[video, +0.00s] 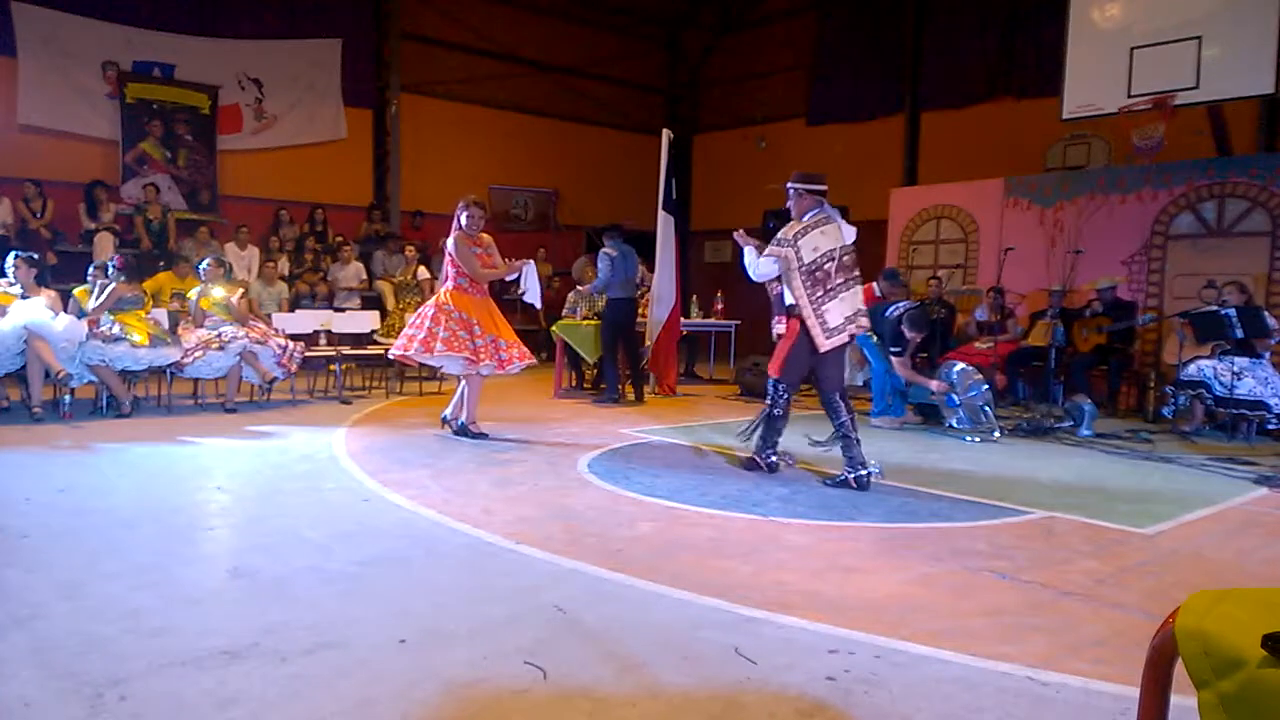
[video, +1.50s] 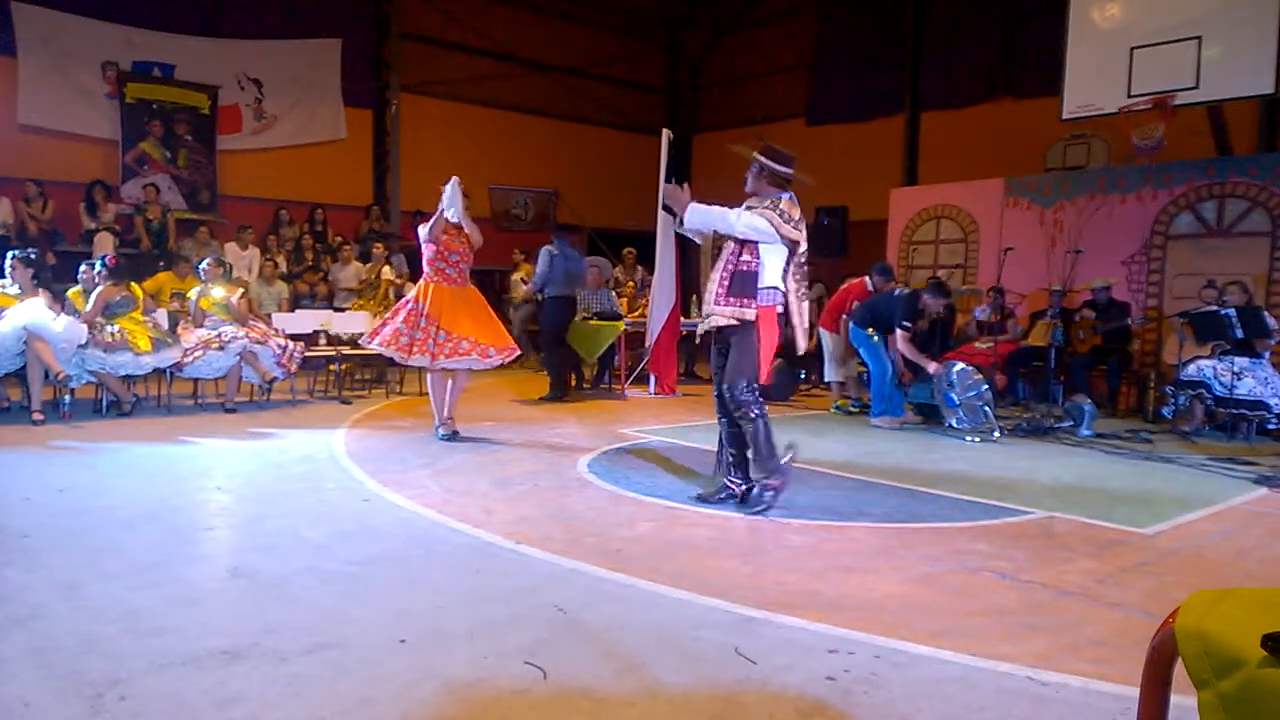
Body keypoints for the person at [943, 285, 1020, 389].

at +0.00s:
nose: (992, 301)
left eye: (995, 299)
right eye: (989, 298)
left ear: (1001, 300)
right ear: (985, 298)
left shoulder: (1007, 313)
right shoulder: (979, 312)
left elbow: (1013, 335)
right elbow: (974, 334)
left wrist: (991, 339)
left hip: (1003, 343)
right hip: (983, 342)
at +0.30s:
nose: (991, 301)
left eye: (995, 298)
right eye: (989, 298)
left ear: (1001, 300)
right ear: (985, 298)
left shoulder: (1007, 313)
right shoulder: (979, 314)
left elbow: (1012, 335)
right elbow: (974, 335)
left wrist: (992, 339)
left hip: (1002, 343)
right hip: (983, 343)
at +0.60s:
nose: (991, 301)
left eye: (995, 299)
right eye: (989, 298)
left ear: (1001, 300)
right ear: (985, 298)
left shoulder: (1007, 313)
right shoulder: (979, 312)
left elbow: (1013, 335)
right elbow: (974, 334)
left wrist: (992, 339)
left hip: (1002, 343)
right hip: (983, 342)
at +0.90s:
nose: (991, 301)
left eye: (995, 299)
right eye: (989, 298)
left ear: (1001, 300)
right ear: (985, 298)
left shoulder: (1007, 313)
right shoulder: (979, 311)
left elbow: (1012, 335)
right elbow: (974, 334)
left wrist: (991, 339)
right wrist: (969, 324)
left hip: (1002, 343)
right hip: (983, 343)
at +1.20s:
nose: (992, 301)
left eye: (995, 298)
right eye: (989, 298)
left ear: (1001, 300)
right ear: (985, 298)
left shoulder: (1007, 313)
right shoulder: (979, 313)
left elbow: (1013, 335)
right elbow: (974, 333)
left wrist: (992, 339)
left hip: (1002, 343)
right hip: (983, 343)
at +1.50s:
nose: (992, 301)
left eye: (996, 298)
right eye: (990, 297)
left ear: (1002, 299)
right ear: (986, 298)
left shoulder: (1008, 312)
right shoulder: (981, 312)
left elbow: (1012, 335)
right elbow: (974, 334)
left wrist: (991, 339)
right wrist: (967, 325)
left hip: (1003, 343)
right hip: (983, 343)